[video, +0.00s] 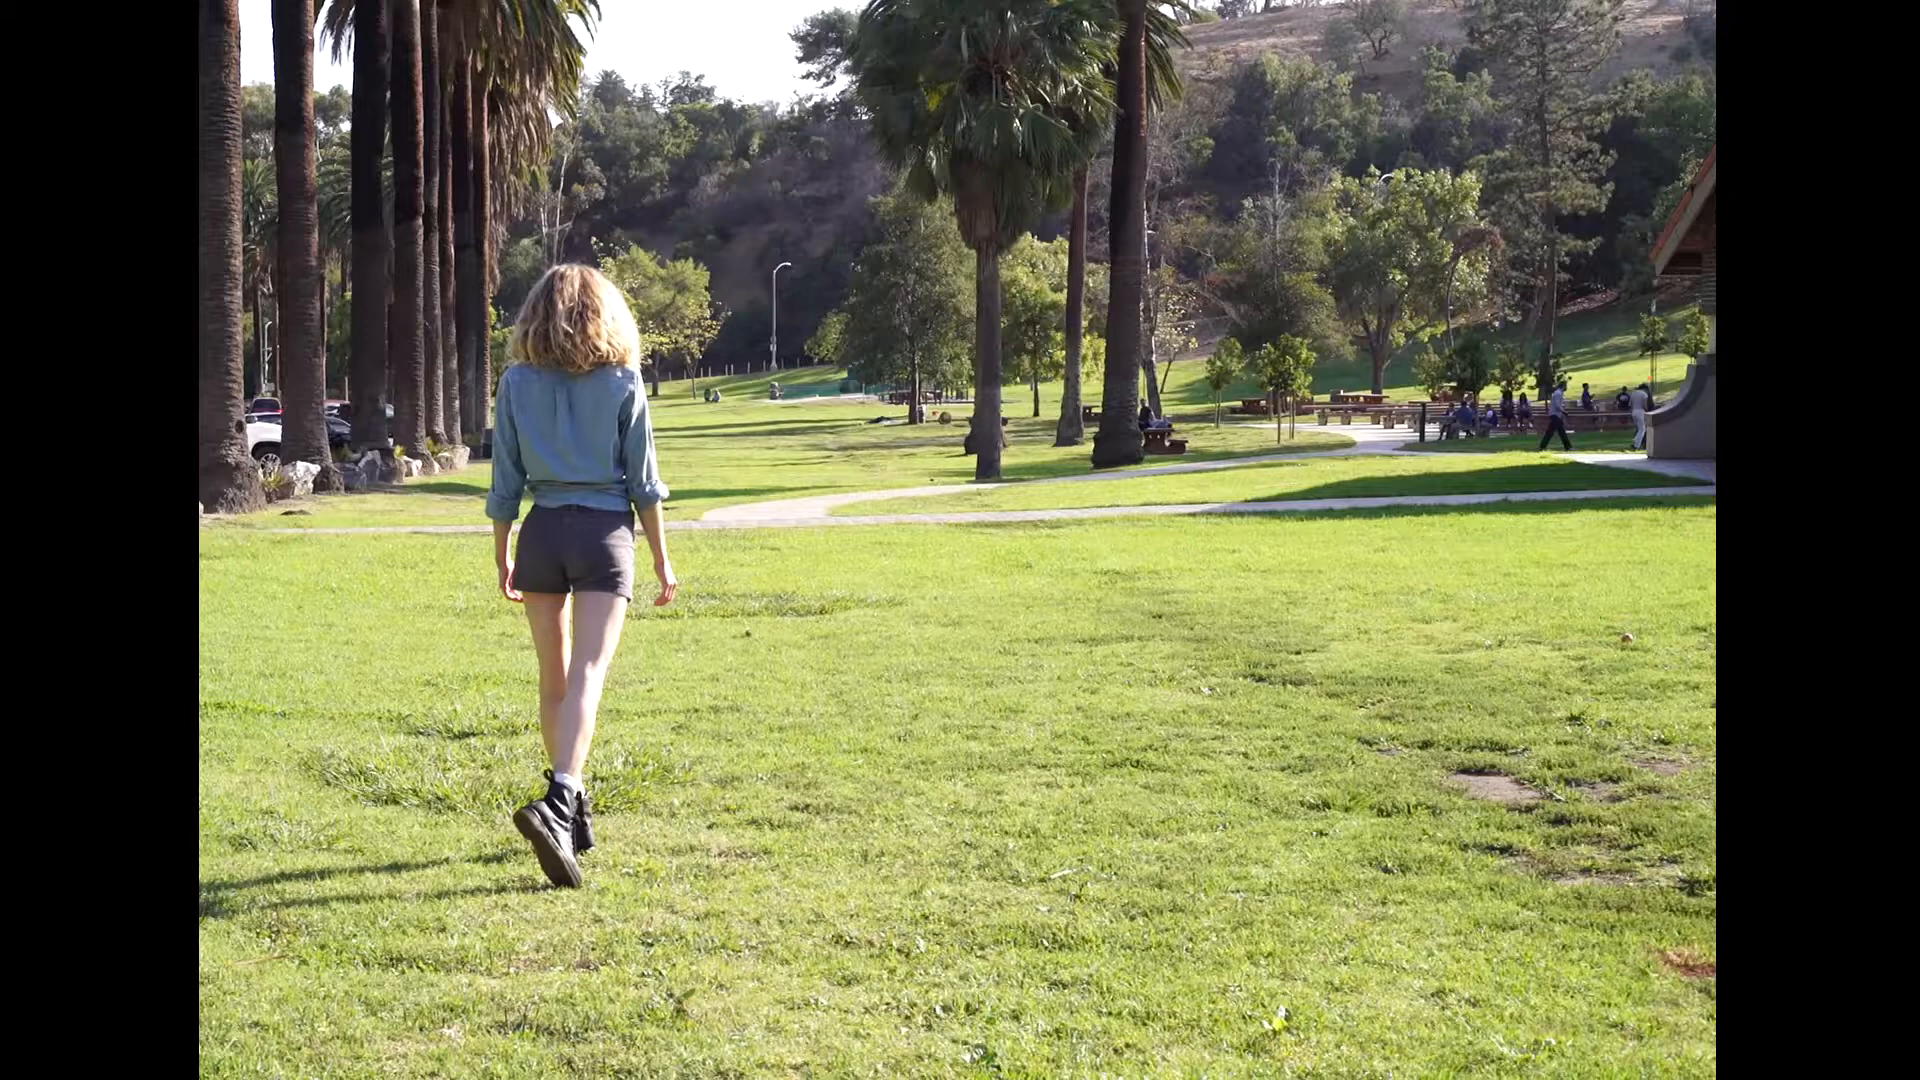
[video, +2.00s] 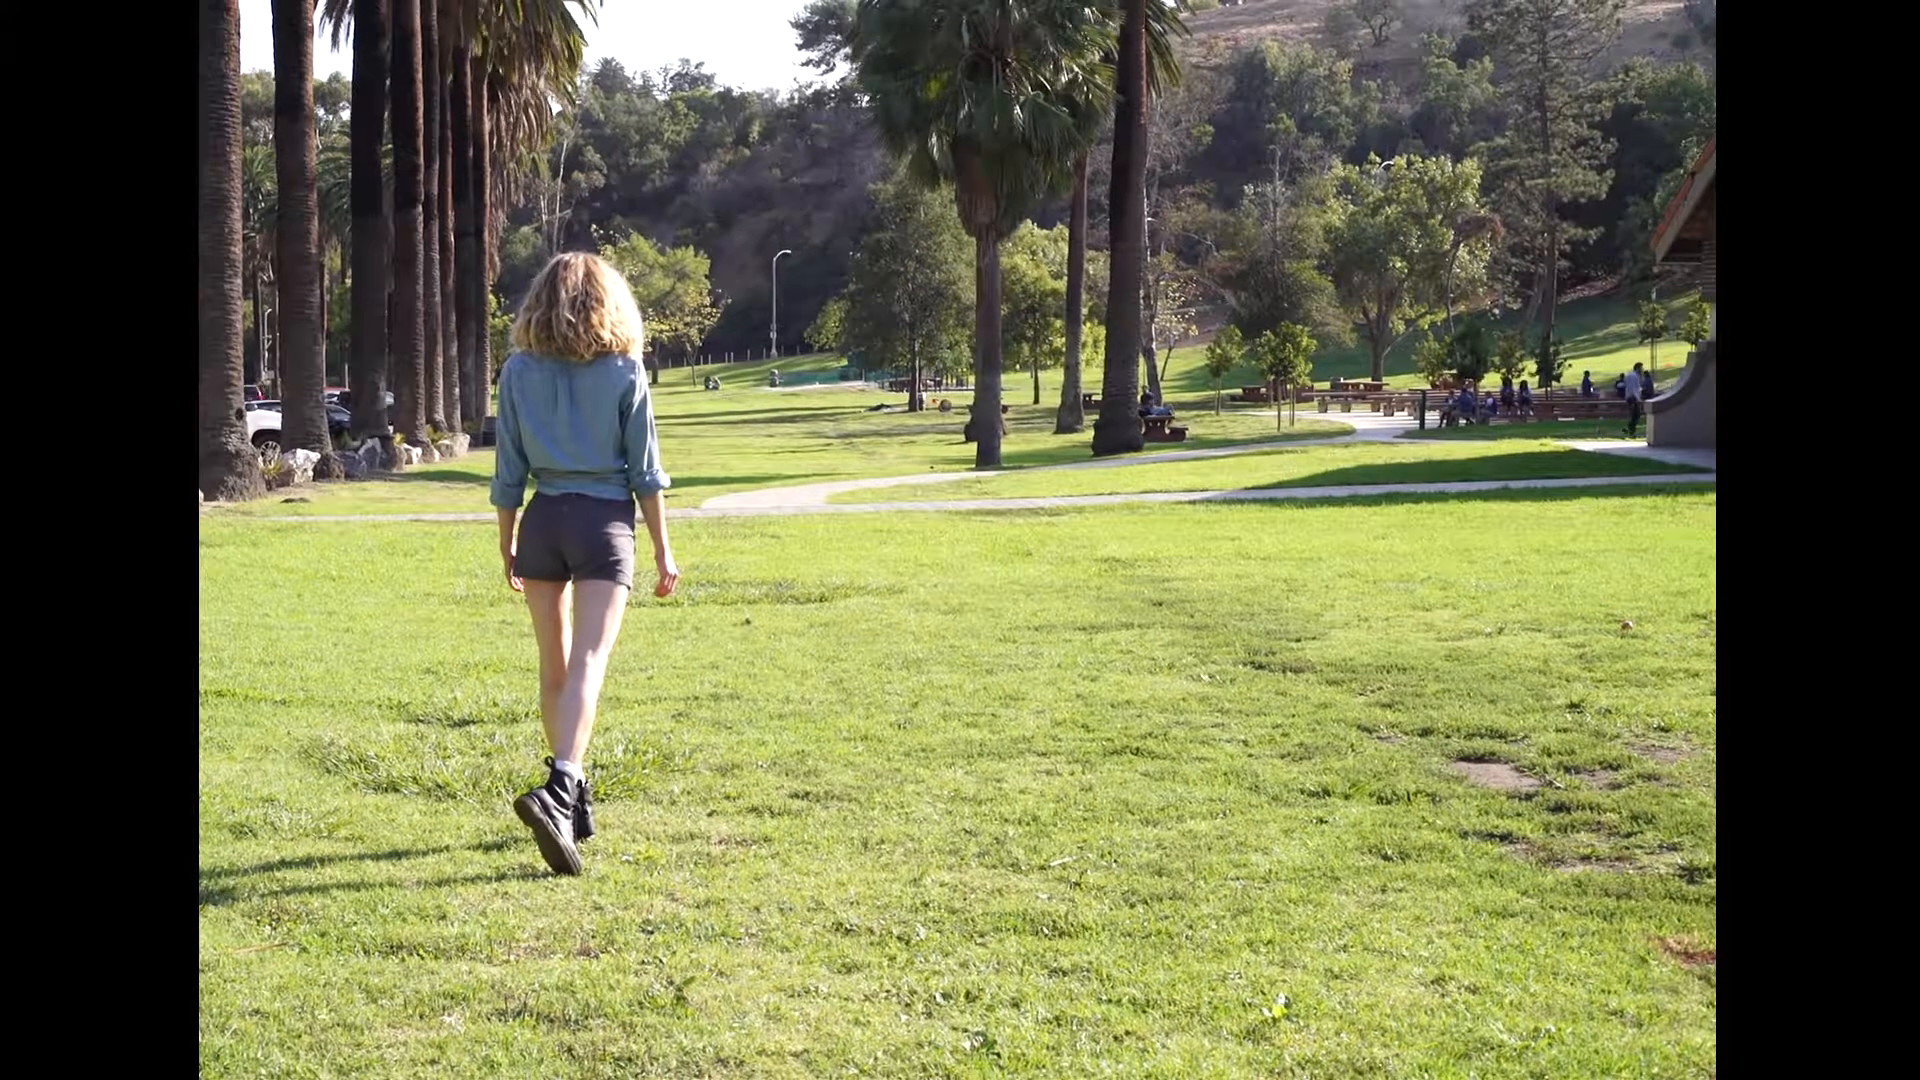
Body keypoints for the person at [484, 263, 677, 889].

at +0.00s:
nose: (615, 323)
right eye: (610, 311)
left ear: (537, 319)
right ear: (606, 318)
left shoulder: (516, 381)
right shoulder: (623, 382)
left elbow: (506, 476)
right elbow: (642, 480)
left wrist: (502, 553)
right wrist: (662, 558)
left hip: (540, 529)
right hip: (605, 530)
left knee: (553, 678)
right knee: (587, 672)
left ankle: (575, 808)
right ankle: (557, 802)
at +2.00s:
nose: (620, 311)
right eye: (615, 300)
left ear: (540, 307)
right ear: (610, 307)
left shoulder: (518, 371)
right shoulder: (625, 372)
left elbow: (509, 468)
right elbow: (644, 470)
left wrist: (507, 543)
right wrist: (663, 549)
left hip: (541, 517)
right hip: (606, 517)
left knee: (553, 663)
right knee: (588, 660)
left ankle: (576, 795)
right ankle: (558, 790)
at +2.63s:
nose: (570, 325)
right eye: (564, 318)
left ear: (514, 357)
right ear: (555, 325)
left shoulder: (526, 413)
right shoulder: (587, 344)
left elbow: (541, 500)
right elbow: (617, 395)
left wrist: (557, 556)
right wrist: (651, 454)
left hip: (553, 521)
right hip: (597, 506)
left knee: (575, 668)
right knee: (573, 671)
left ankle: (579, 804)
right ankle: (529, 822)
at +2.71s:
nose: (587, 341)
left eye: (584, 336)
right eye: (578, 332)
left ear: (524, 350)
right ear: (557, 326)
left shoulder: (542, 409)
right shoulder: (553, 337)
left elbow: (582, 510)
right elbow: (575, 394)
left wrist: (639, 586)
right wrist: (600, 446)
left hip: (605, 524)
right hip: (593, 518)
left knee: (600, 682)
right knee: (577, 685)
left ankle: (588, 809)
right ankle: (528, 834)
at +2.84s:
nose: (564, 333)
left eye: (571, 324)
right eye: (551, 322)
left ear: (584, 334)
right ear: (531, 332)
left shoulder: (599, 396)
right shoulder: (516, 384)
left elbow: (636, 496)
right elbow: (492, 442)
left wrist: (684, 571)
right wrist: (474, 487)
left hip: (630, 537)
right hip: (575, 533)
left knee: (613, 689)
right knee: (575, 693)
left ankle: (593, 809)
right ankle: (529, 837)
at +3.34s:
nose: (623, 388)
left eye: (633, 377)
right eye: (610, 380)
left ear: (653, 390)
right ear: (594, 396)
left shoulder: (671, 450)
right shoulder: (568, 446)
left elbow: (675, 480)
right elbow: (505, 461)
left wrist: (675, 504)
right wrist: (460, 465)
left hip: (601, 565)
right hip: (535, 552)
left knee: (639, 704)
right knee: (563, 687)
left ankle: (606, 809)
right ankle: (533, 840)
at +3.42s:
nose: (635, 463)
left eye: (646, 448)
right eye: (621, 449)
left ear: (665, 456)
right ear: (600, 456)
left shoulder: (673, 500)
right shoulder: (561, 489)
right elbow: (500, 470)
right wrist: (456, 451)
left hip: (595, 569)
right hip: (531, 558)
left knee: (639, 704)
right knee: (565, 686)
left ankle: (606, 809)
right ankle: (534, 841)